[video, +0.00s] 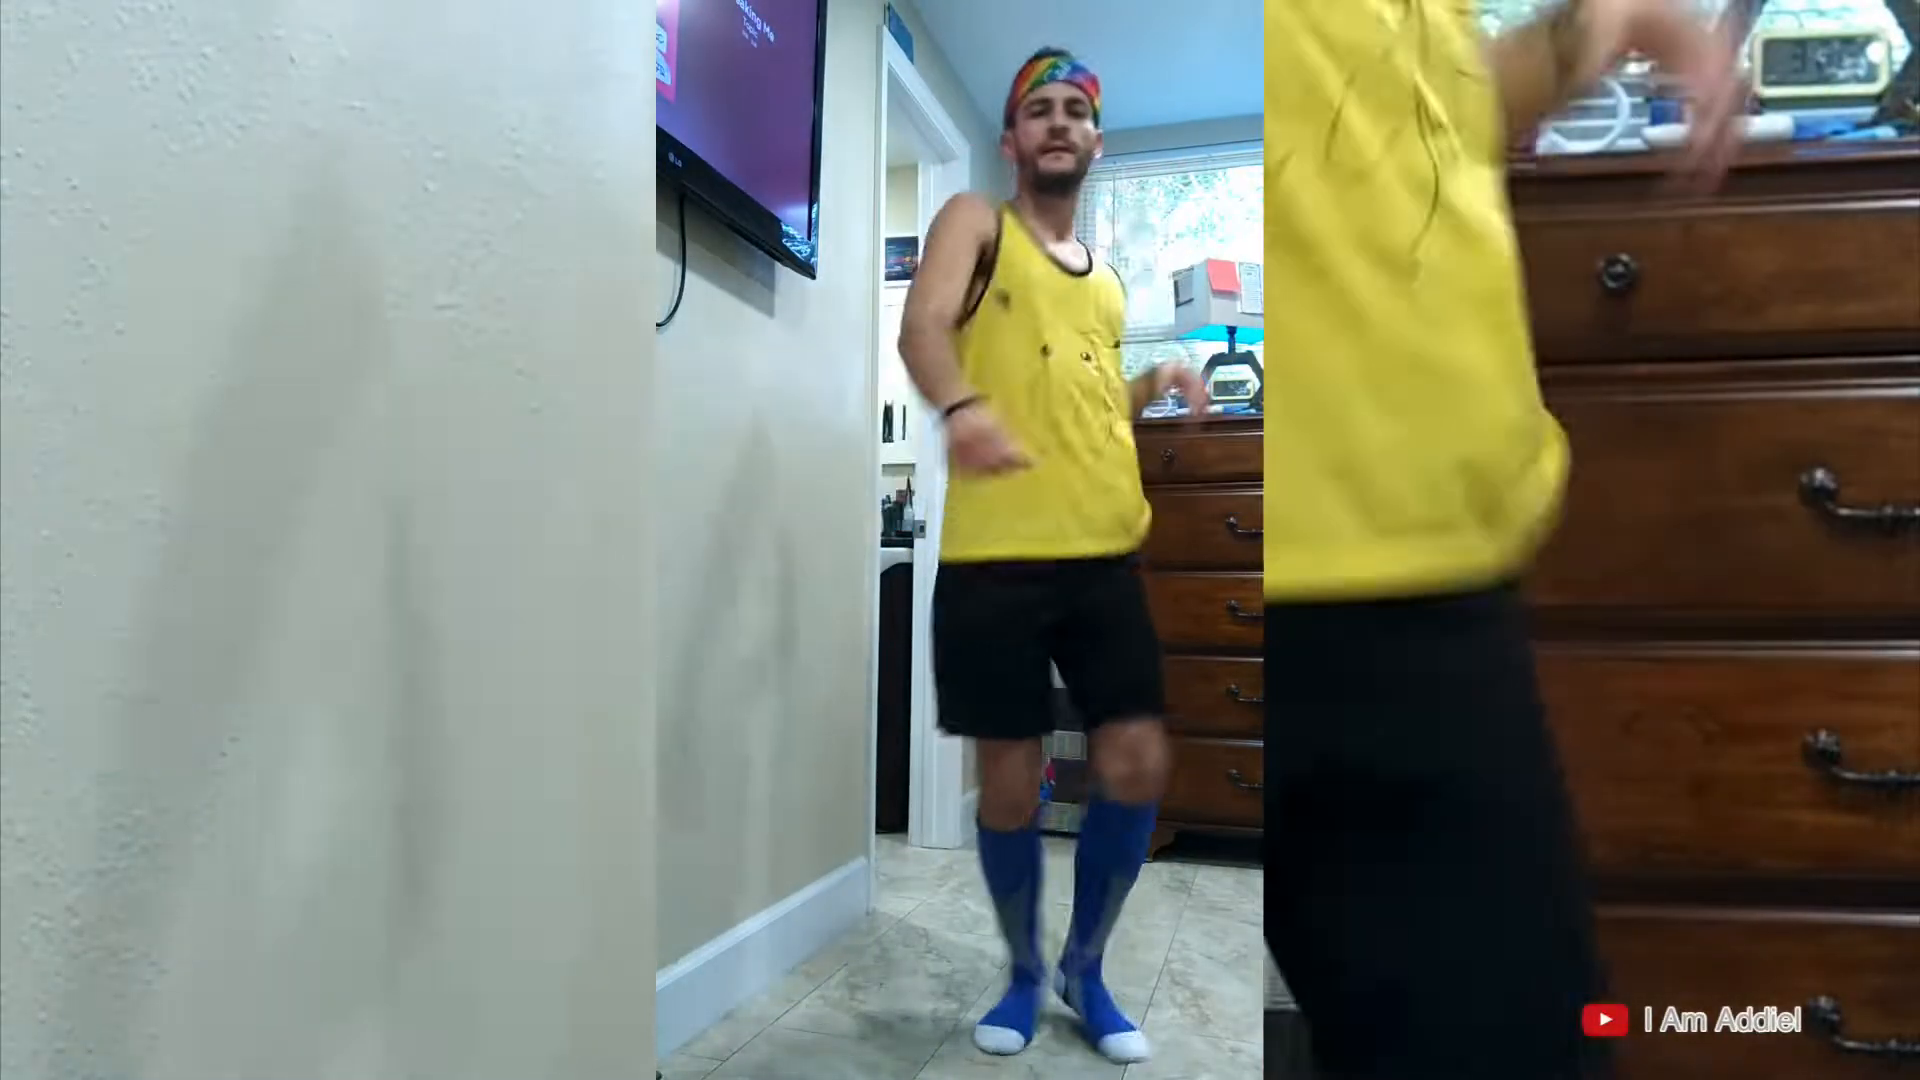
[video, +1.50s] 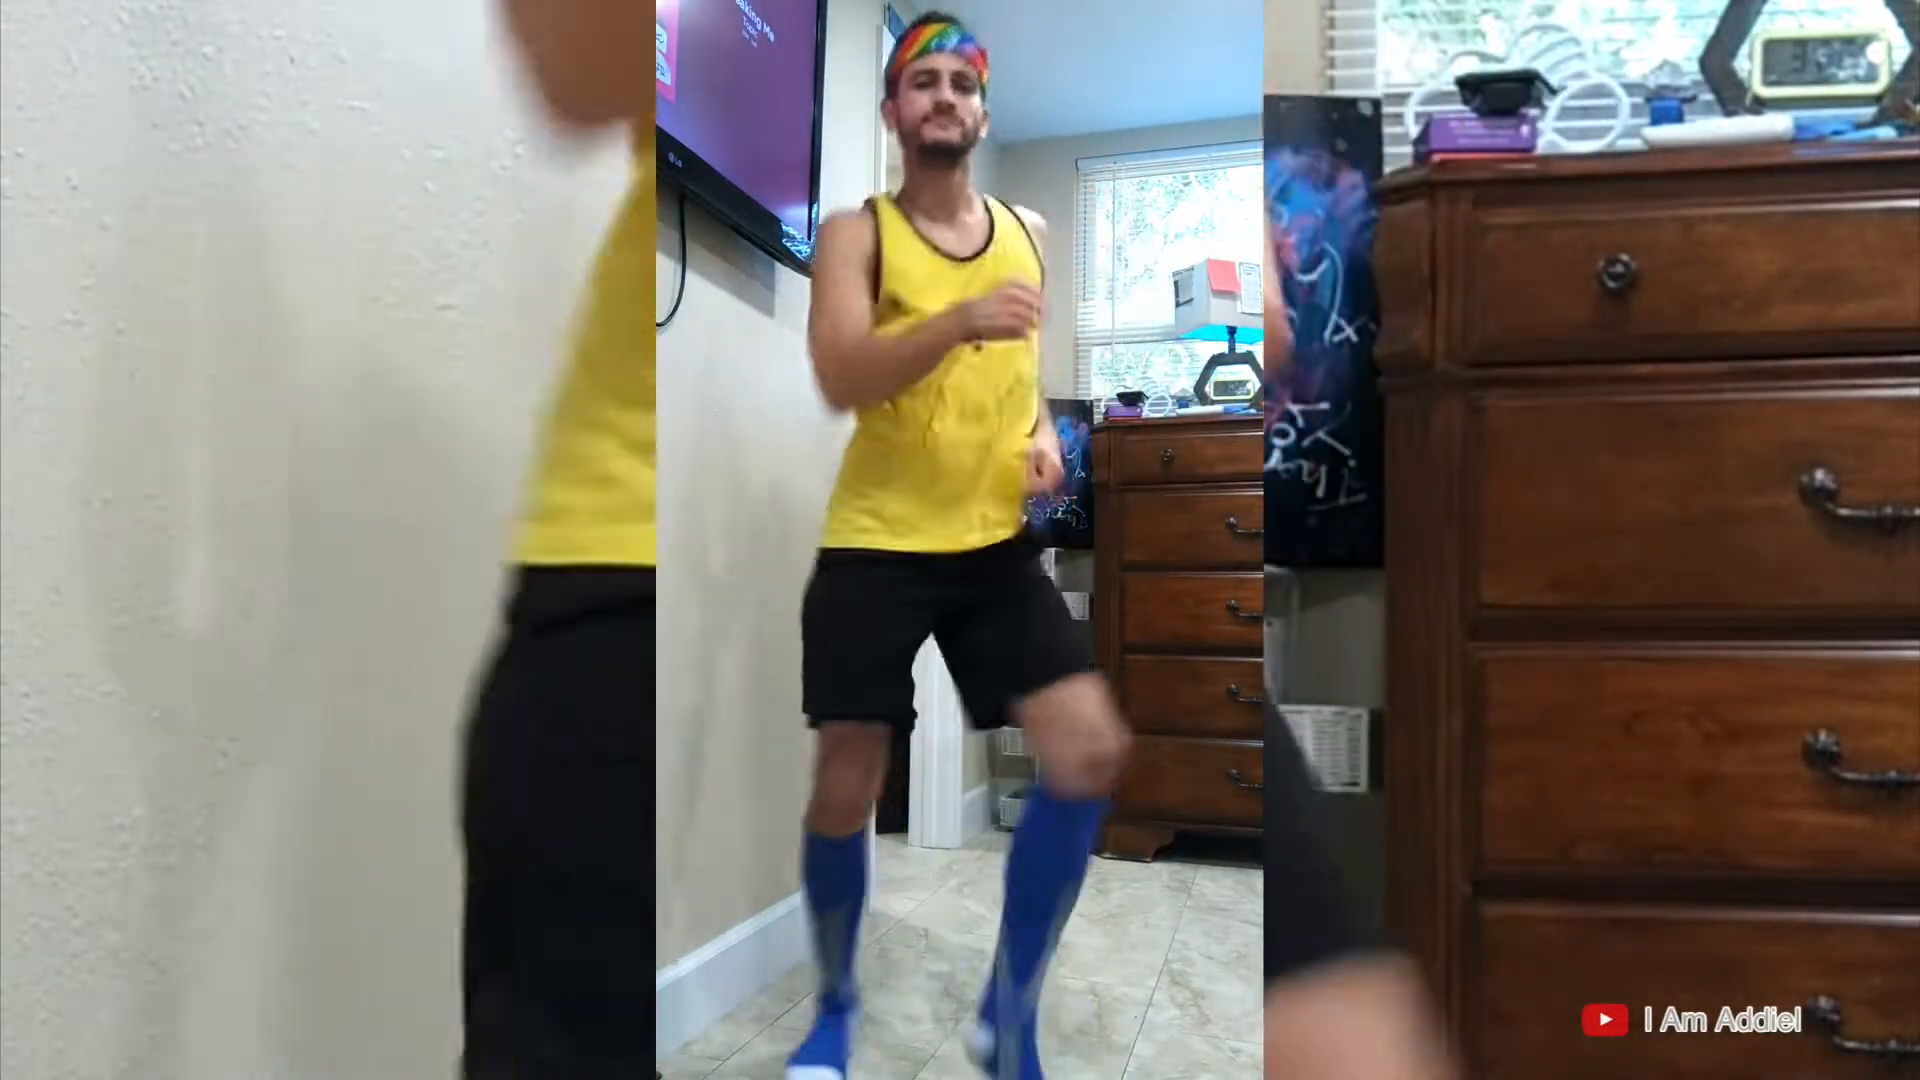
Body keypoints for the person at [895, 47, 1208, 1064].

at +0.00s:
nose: (1060, 124)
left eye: (1076, 112)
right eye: (1040, 112)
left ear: (1096, 141)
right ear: (1011, 139)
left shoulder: (1098, 278)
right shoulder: (975, 219)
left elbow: (1092, 413)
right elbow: (922, 326)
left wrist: (1158, 382)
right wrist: (959, 407)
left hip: (1102, 550)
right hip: (996, 552)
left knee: (1135, 760)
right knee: (1010, 770)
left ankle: (1084, 970)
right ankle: (1022, 978)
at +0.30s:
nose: (1077, 116)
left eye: (1092, 105)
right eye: (1057, 105)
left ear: (1114, 136)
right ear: (1026, 136)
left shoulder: (1107, 266)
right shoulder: (979, 205)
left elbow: (1132, 405)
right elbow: (866, 303)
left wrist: (1153, 279)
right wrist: (881, 432)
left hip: (1064, 522)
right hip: (975, 519)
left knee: (1100, 741)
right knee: (1015, 753)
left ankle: (1020, 940)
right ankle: (976, 966)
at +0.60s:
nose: (1051, 153)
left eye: (1070, 138)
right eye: (1035, 143)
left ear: (1106, 160)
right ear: (1016, 168)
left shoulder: (1126, 298)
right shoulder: (971, 257)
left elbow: (1064, 388)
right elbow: (915, 354)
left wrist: (1028, 262)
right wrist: (894, 407)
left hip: (1052, 535)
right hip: (949, 507)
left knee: (1068, 767)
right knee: (981, 666)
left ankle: (997, 942)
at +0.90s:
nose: (996, 148)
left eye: (1015, 132)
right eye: (979, 135)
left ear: (1047, 146)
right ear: (960, 156)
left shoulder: (1077, 206)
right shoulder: (951, 282)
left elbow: (1019, 288)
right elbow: (946, 393)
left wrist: (931, 370)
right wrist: (907, 410)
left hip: (1045, 543)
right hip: (940, 541)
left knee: (1025, 761)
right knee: (874, 736)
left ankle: (1005, 948)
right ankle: (921, 959)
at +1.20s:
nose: (934, 118)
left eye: (954, 108)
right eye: (917, 104)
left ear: (980, 140)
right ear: (889, 135)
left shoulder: (1028, 211)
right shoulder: (863, 275)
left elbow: (1109, 341)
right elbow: (862, 396)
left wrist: (1070, 460)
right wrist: (911, 283)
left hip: (1019, 533)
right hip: (911, 544)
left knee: (1056, 755)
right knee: (871, 762)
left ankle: (1038, 983)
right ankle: (928, 989)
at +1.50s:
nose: (944, 97)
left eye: (961, 84)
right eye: (924, 83)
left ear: (983, 110)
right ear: (893, 108)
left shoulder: (1021, 237)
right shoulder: (856, 229)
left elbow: (1021, 381)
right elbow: (841, 380)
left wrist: (1040, 434)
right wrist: (958, 322)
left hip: (994, 549)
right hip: (873, 549)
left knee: (1087, 749)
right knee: (844, 782)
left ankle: (1009, 1013)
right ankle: (834, 1011)